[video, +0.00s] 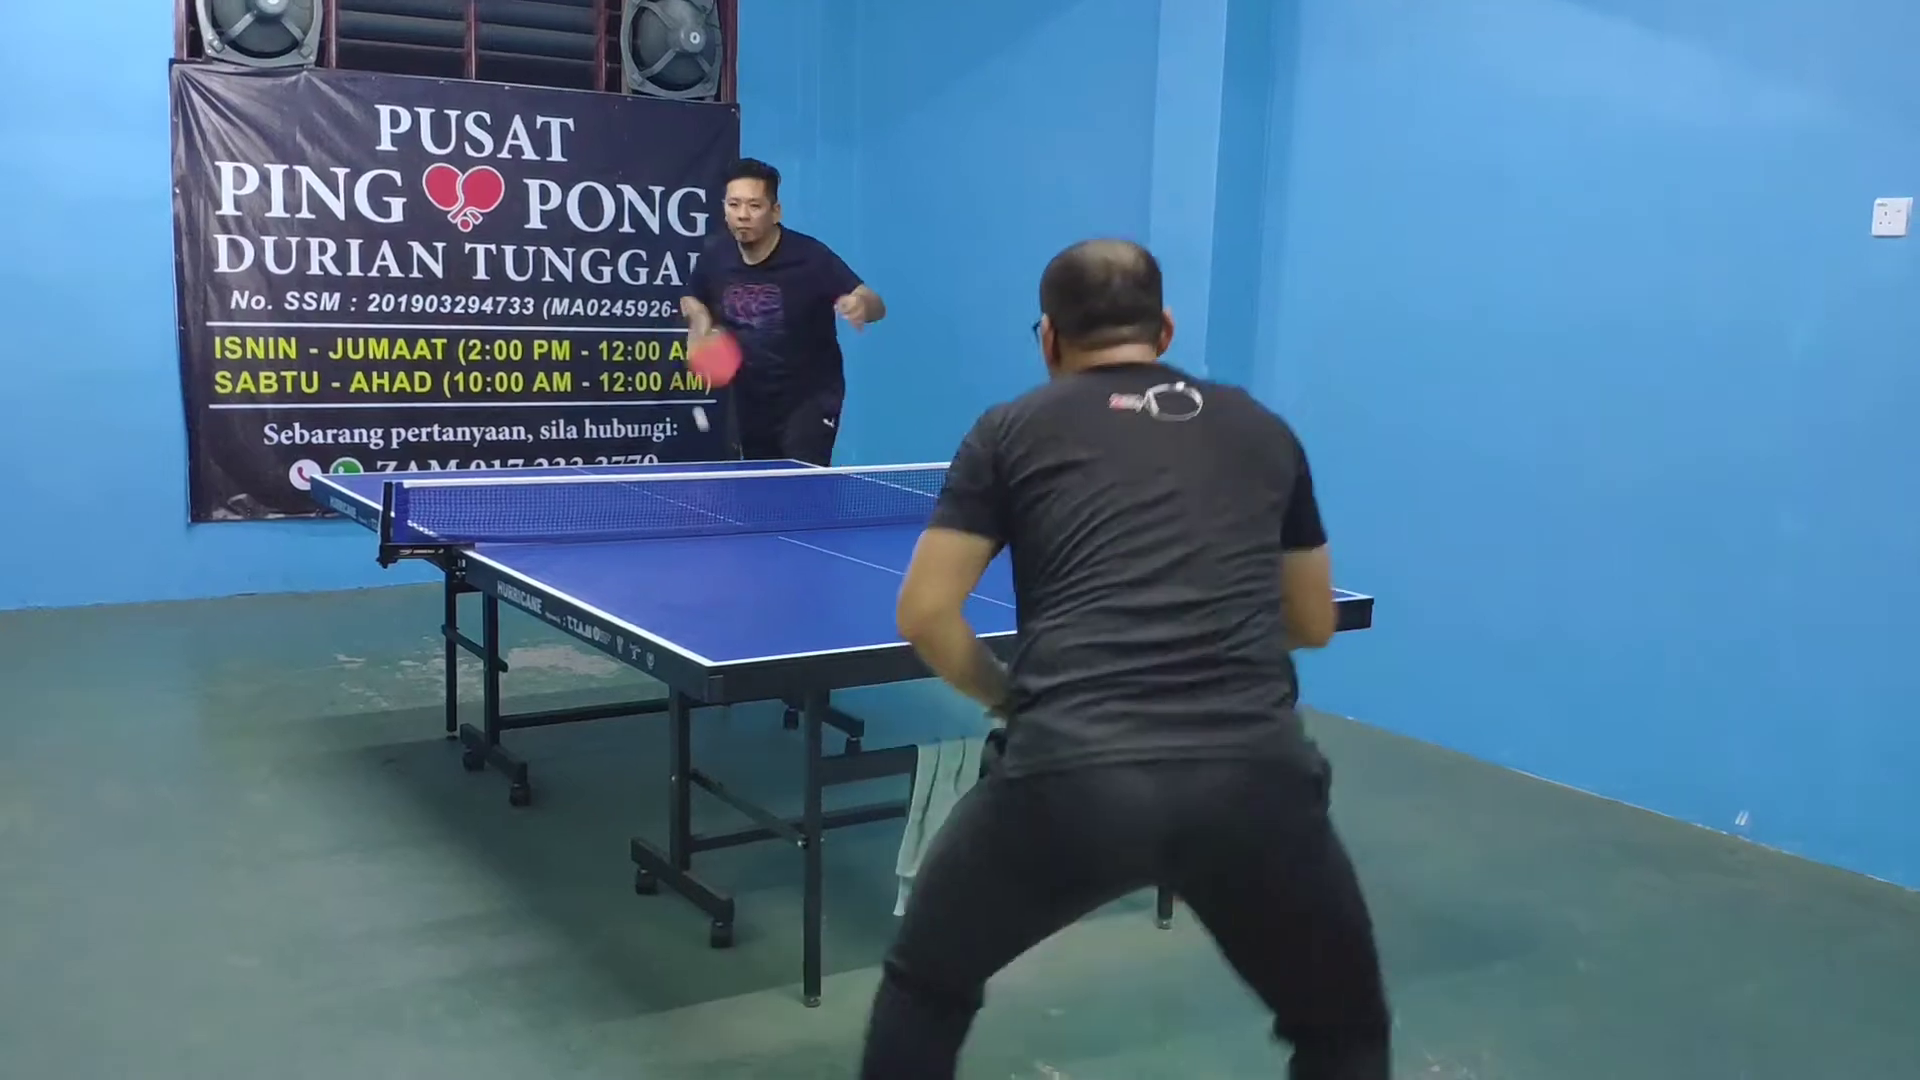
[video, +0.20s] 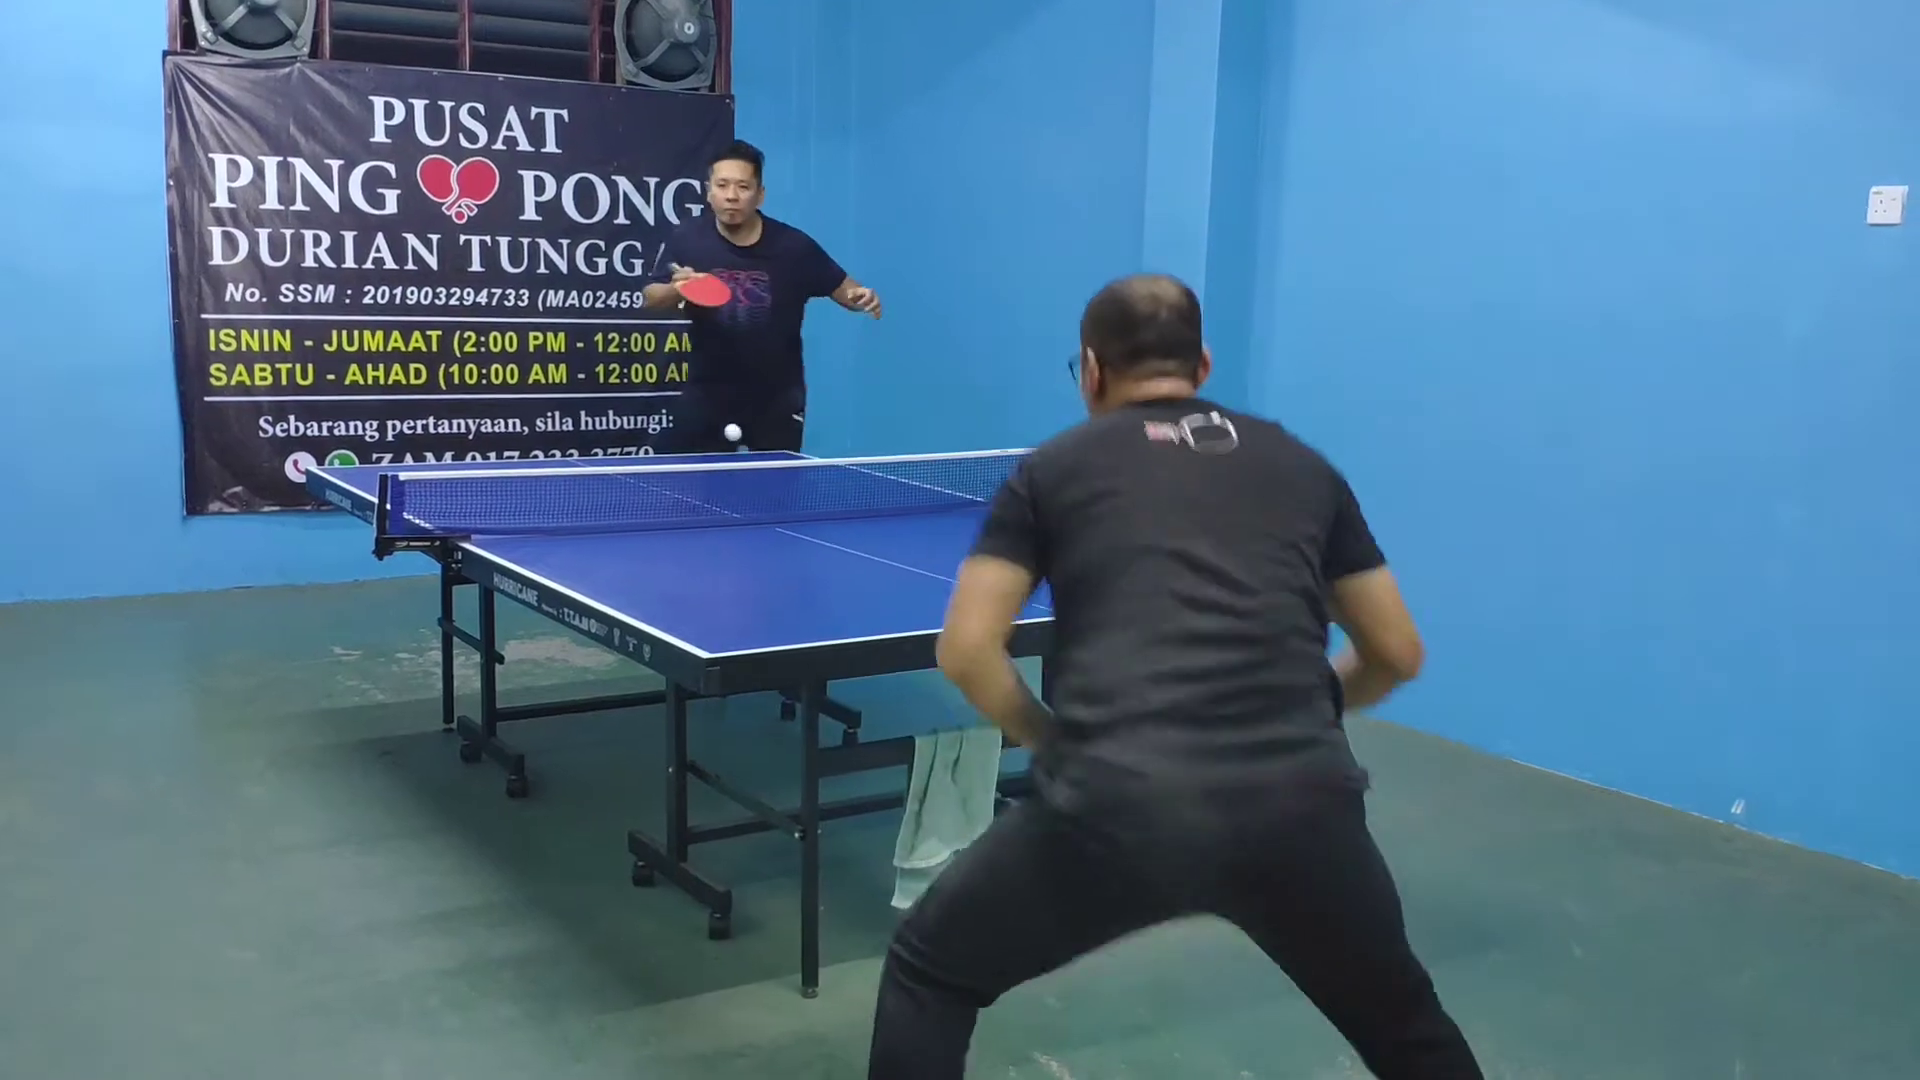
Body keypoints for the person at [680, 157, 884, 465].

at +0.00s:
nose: (742, 215)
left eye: (754, 206)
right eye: (734, 204)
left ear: (776, 212)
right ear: (724, 209)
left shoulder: (809, 255)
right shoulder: (716, 256)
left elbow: (876, 306)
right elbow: (691, 297)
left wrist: (862, 305)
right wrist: (701, 322)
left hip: (810, 394)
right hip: (749, 395)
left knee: (801, 490)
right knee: (755, 492)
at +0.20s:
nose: (731, 195)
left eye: (743, 187)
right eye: (722, 185)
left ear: (759, 195)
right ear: (708, 192)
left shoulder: (793, 246)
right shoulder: (688, 240)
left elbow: (840, 286)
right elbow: (651, 299)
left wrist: (861, 298)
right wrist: (678, 290)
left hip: (775, 399)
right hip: (707, 396)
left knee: (776, 498)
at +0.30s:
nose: (712, 189)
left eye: (723, 180)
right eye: (702, 178)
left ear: (739, 189)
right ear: (688, 186)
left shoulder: (771, 241)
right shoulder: (664, 237)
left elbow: (819, 285)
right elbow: (628, 294)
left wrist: (832, 303)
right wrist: (651, 292)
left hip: (751, 405)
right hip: (678, 402)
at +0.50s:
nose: (657, 187)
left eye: (667, 179)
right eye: (648, 178)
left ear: (684, 187)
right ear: (632, 185)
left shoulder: (711, 242)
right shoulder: (605, 242)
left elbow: (754, 292)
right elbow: (572, 303)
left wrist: (765, 316)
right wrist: (595, 312)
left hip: (697, 403)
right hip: (622, 402)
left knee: (721, 499)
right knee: (581, 496)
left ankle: (740, 602)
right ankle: (547, 600)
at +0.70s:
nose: (626, 176)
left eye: (635, 167)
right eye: (616, 167)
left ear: (652, 172)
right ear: (602, 173)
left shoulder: (687, 227)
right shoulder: (577, 229)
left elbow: (737, 283)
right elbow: (560, 288)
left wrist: (716, 311)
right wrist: (568, 327)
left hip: (674, 387)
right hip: (602, 384)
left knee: (683, 486)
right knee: (572, 484)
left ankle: (690, 594)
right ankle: (543, 591)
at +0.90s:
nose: (652, 197)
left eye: (662, 186)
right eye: (642, 188)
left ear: (679, 186)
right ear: (628, 189)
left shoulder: (703, 232)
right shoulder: (614, 223)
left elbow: (753, 293)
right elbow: (587, 269)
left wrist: (697, 305)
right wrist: (559, 325)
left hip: (695, 391)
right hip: (627, 386)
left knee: (712, 498)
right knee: (583, 482)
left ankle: (724, 597)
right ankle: (543, 591)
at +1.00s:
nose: (679, 200)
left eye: (689, 189)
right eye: (669, 190)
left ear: (711, 189)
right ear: (657, 191)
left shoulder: (732, 240)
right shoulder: (645, 220)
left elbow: (786, 291)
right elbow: (613, 234)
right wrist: (579, 288)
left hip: (730, 399)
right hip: (659, 395)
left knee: (746, 503)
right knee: (608, 492)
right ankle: (552, 590)